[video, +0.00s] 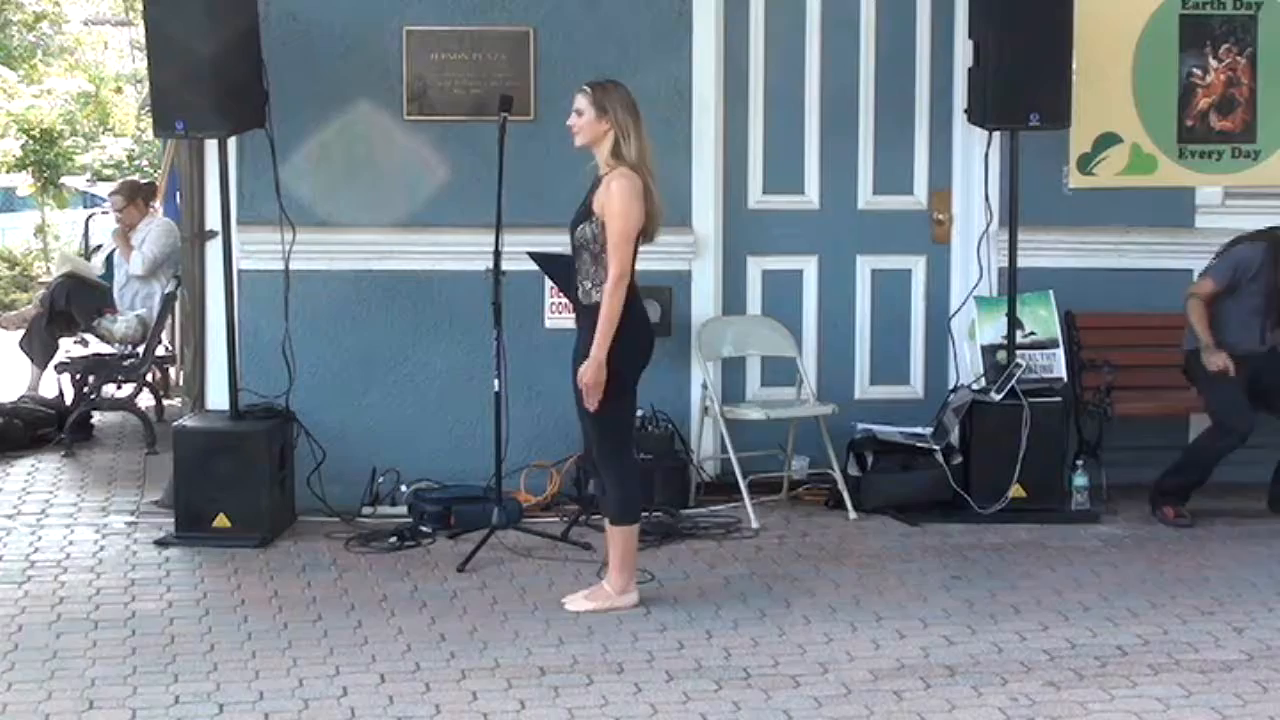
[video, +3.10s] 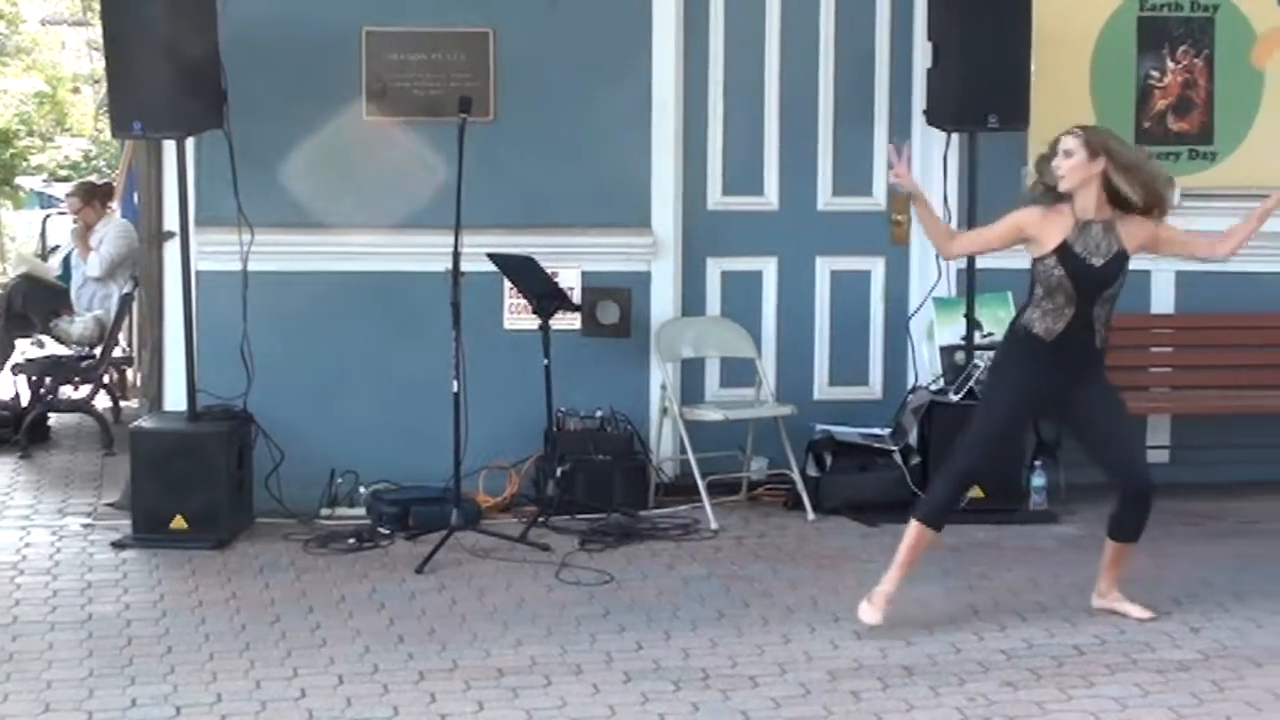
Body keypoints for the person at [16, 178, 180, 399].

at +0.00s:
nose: (117, 218)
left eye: (120, 211)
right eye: (114, 213)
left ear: (140, 205)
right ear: (136, 206)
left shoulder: (164, 228)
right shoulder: (128, 234)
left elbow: (142, 267)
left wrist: (122, 243)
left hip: (139, 319)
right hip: (119, 313)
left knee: (69, 285)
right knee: (45, 320)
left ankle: (35, 310)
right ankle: (32, 390)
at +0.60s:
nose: (117, 218)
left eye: (120, 211)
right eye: (114, 212)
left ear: (140, 205)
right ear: (136, 206)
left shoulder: (164, 229)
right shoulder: (128, 234)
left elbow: (142, 267)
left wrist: (123, 244)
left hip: (140, 317)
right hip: (119, 311)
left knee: (68, 284)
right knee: (45, 320)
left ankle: (34, 310)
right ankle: (32, 389)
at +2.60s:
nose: (115, 220)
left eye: (117, 213)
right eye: (112, 215)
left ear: (136, 206)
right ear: (133, 207)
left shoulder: (162, 230)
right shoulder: (123, 234)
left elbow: (138, 268)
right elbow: (94, 270)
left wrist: (121, 243)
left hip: (137, 321)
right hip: (114, 312)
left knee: (67, 285)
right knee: (42, 322)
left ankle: (33, 311)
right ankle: (29, 391)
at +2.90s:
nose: (105, 219)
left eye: (107, 212)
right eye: (102, 214)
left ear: (125, 204)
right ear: (122, 206)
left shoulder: (150, 229)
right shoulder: (113, 233)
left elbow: (127, 268)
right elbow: (84, 269)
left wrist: (110, 242)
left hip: (127, 317)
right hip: (105, 309)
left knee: (55, 283)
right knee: (33, 320)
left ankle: (25, 310)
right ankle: (18, 388)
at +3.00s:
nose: (89, 220)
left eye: (92, 213)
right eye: (86, 215)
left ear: (110, 204)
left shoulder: (135, 230)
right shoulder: (98, 235)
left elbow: (112, 269)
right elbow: (68, 271)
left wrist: (94, 244)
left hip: (114, 317)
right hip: (91, 309)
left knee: (37, 286)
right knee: (14, 323)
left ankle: (16, 311)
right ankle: (8, 384)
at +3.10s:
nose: (75, 219)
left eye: (77, 213)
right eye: (72, 215)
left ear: (96, 204)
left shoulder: (121, 230)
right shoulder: (84, 233)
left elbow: (100, 269)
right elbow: (55, 270)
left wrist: (81, 245)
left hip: (101, 319)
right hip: (76, 310)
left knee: (25, 286)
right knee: (9, 323)